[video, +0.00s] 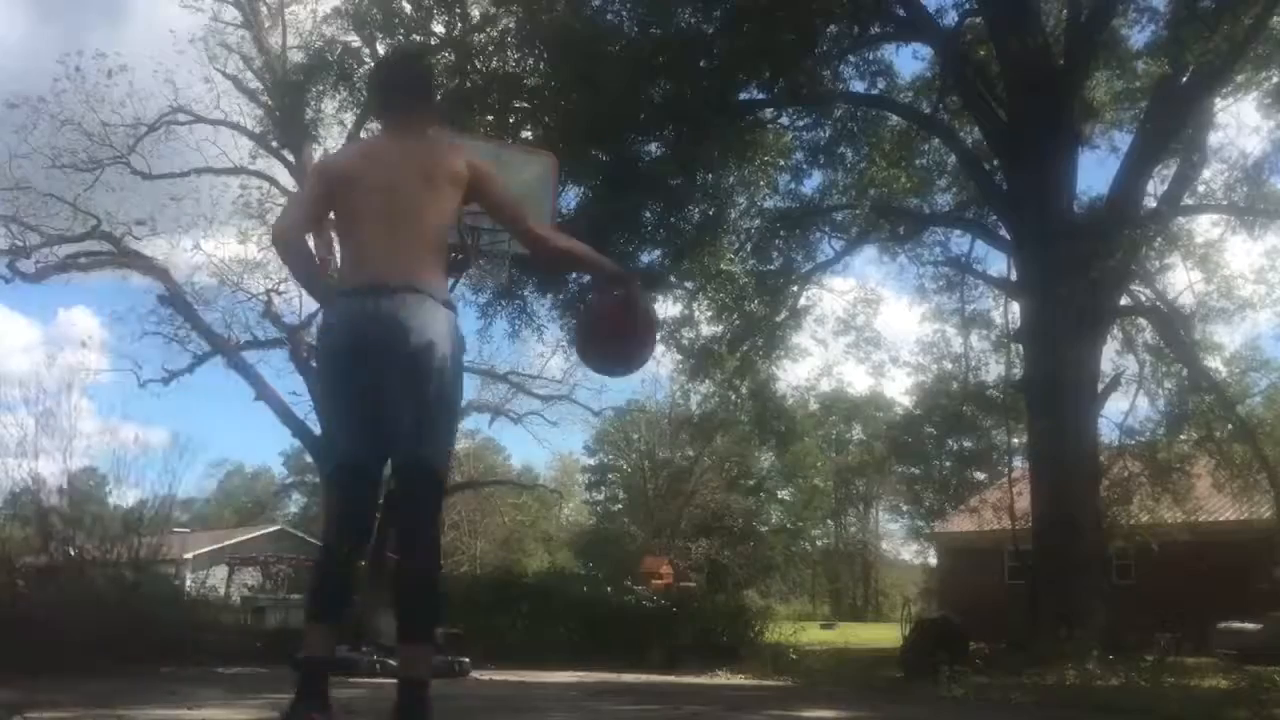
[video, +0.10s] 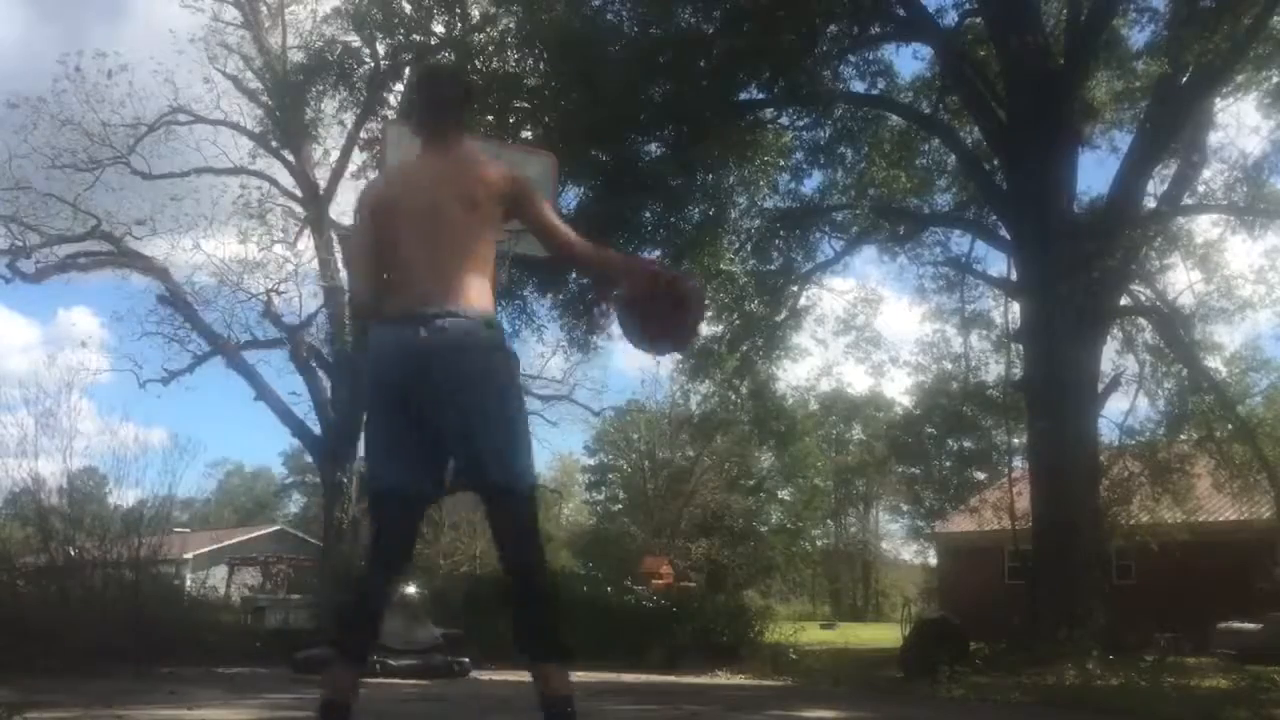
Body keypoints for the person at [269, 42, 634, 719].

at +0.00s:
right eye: (428, 99)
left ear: (374, 102)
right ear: (432, 100)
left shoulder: (335, 164)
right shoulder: (455, 157)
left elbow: (286, 234)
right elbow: (536, 236)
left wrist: (329, 297)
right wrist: (612, 268)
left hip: (346, 321)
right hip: (423, 323)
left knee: (344, 516)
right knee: (419, 512)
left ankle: (311, 691)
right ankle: (414, 694)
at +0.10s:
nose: (426, 120)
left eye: (420, 109)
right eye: (447, 108)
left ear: (412, 118)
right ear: (468, 113)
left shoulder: (379, 192)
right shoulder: (499, 175)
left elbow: (365, 296)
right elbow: (571, 247)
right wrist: (644, 271)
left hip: (393, 354)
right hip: (472, 350)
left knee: (388, 543)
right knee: (517, 531)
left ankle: (339, 692)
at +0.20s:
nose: (517, 157)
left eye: (470, 152)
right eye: (520, 147)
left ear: (466, 154)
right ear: (520, 148)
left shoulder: (440, 221)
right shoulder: (559, 208)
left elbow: (469, 318)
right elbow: (621, 294)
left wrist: (569, 338)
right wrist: (677, 311)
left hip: (455, 390)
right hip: (534, 390)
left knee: (427, 561)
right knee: (606, 544)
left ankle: (361, 697)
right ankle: (683, 686)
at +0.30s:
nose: (598, 158)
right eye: (601, 150)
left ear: (539, 154)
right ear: (597, 148)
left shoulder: (521, 220)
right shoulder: (633, 204)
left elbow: (541, 322)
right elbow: (655, 315)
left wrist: (661, 357)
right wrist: (702, 349)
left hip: (544, 392)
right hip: (620, 389)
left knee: (524, 565)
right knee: (696, 543)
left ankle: (434, 673)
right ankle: (766, 687)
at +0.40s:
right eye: (680, 163)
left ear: (624, 169)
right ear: (684, 166)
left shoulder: (594, 242)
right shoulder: (710, 226)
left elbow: (580, 366)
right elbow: (713, 335)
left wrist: (655, 356)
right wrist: (752, 397)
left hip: (612, 426)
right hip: (690, 416)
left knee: (650, 575)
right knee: (765, 571)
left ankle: (549, 661)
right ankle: (794, 709)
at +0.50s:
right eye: (746, 168)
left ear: (687, 172)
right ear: (746, 171)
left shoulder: (657, 240)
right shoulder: (771, 233)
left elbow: (626, 350)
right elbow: (771, 339)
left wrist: (690, 330)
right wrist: (801, 377)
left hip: (660, 425)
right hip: (733, 419)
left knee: (740, 543)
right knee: (800, 579)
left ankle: (697, 679)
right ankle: (806, 707)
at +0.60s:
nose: (783, 157)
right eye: (784, 147)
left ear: (729, 150)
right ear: (785, 151)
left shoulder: (687, 218)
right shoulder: (808, 216)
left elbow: (665, 267)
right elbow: (840, 314)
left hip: (696, 412)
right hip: (769, 410)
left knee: (784, 561)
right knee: (811, 562)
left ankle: (774, 689)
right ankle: (808, 702)